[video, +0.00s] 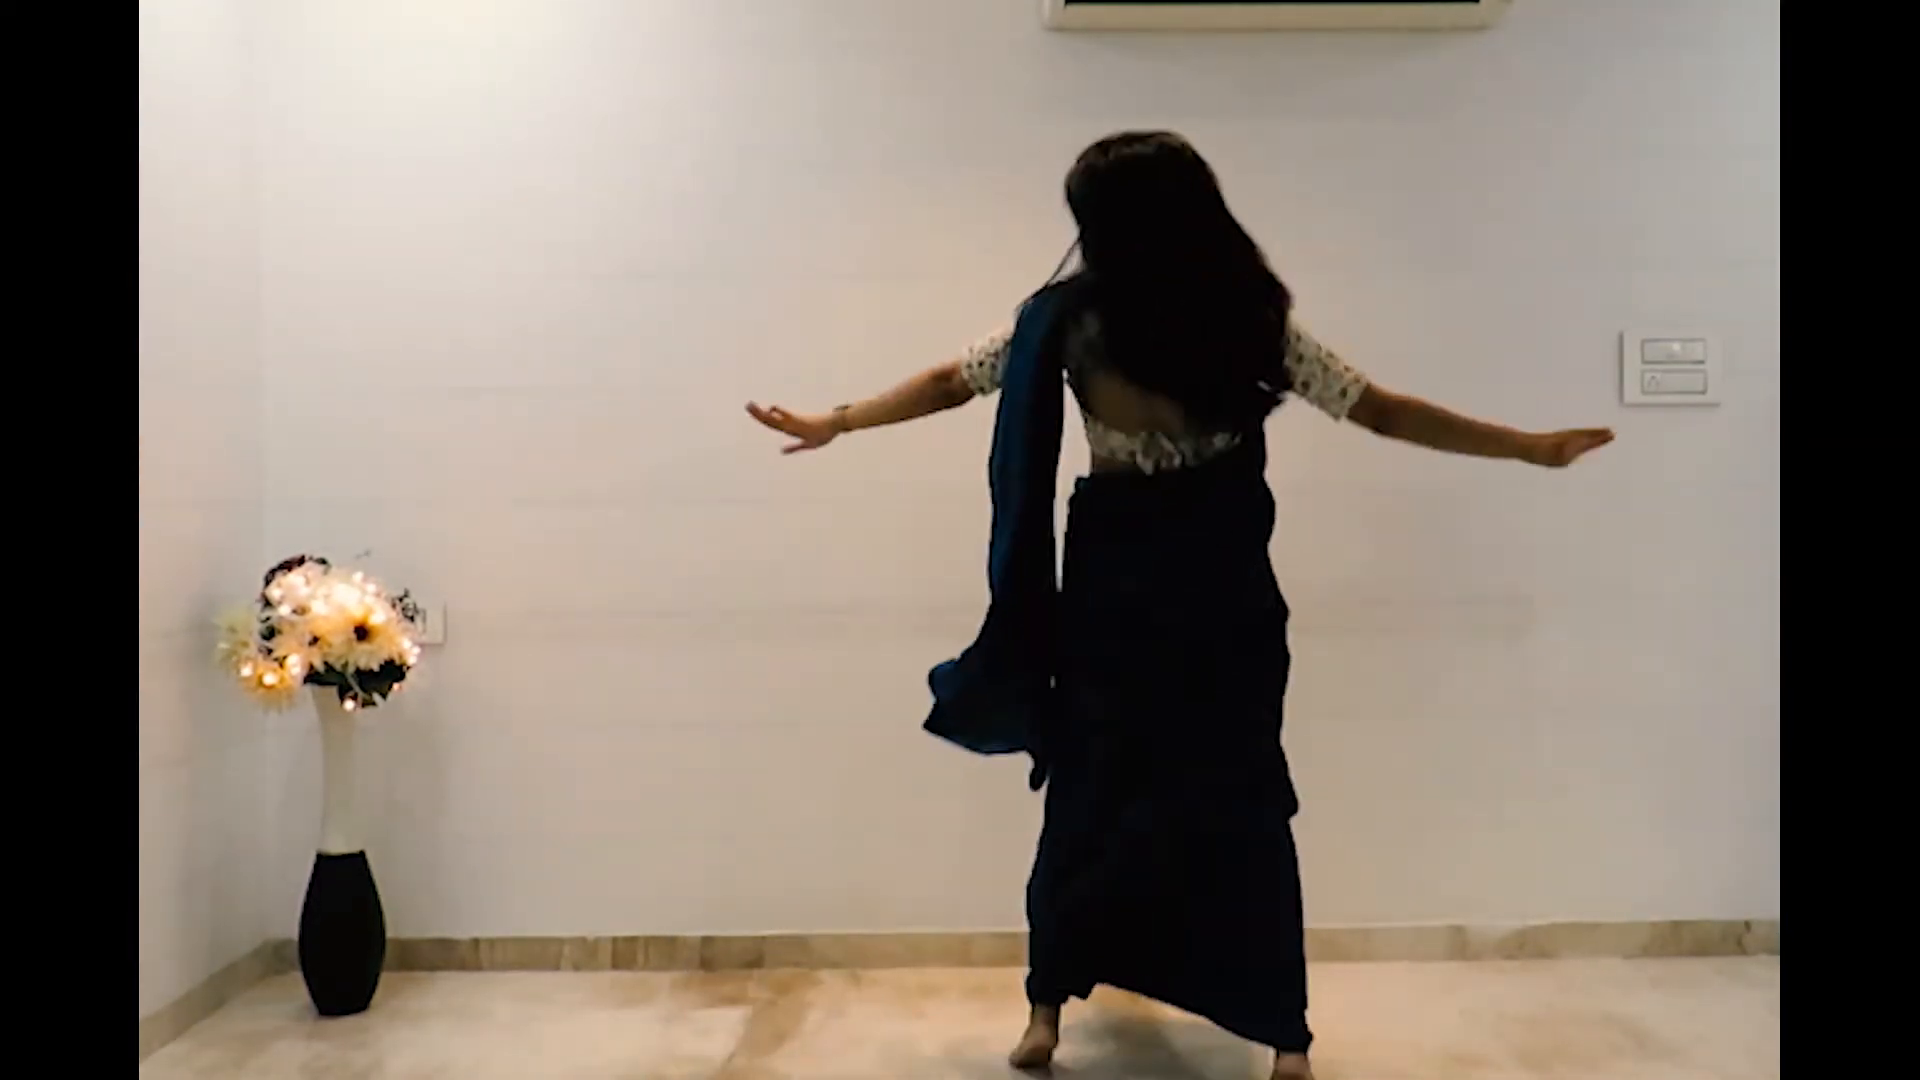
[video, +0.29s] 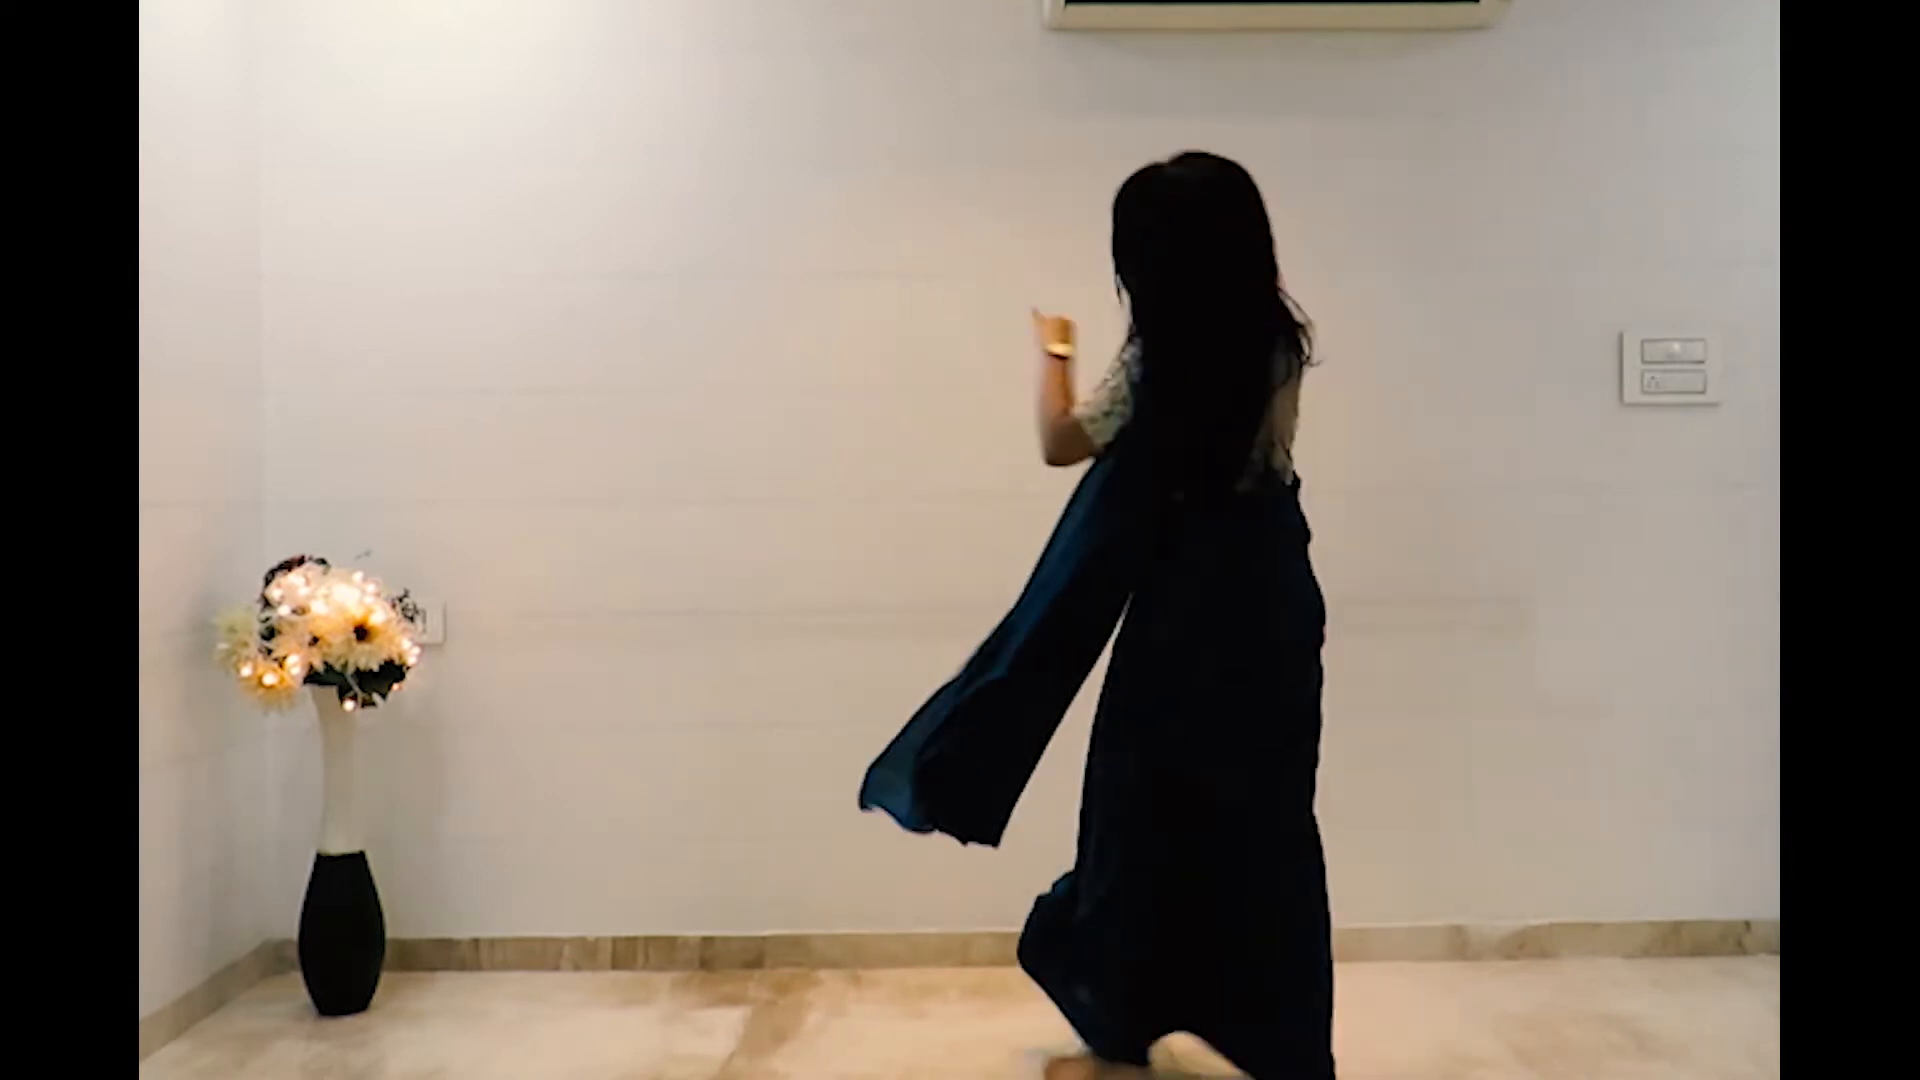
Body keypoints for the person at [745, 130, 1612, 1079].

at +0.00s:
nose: (1081, 244)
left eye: (1086, 229)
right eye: (1084, 228)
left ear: (1105, 233)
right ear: (1199, 220)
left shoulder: (1070, 319)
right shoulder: (1245, 321)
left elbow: (955, 380)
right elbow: (1376, 409)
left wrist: (839, 420)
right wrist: (1522, 444)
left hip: (1109, 574)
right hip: (1226, 577)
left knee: (1085, 785)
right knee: (1248, 793)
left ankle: (1044, 1012)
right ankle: (1289, 1035)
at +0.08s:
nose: (1099, 276)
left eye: (1106, 264)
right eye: (1107, 261)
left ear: (1124, 276)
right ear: (1214, 266)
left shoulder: (1085, 360)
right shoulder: (1251, 368)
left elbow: (961, 399)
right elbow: (1356, 482)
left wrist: (832, 401)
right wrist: (1484, 436)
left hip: (1134, 617)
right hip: (1249, 617)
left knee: (1110, 821)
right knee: (1250, 830)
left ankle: (1069, 1033)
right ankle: (1258, 1036)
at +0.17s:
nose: (1119, 298)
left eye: (1122, 285)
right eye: (1122, 285)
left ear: (1130, 290)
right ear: (1220, 277)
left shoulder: (1107, 377)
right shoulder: (1263, 374)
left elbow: (980, 418)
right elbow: (1316, 504)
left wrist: (865, 363)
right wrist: (1373, 411)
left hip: (1159, 620)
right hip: (1265, 616)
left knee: (1118, 819)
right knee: (1259, 825)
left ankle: (1076, 1037)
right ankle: (1259, 1037)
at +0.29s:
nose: (1127, 263)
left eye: (1133, 248)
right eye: (1129, 248)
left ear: (1156, 257)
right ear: (1248, 241)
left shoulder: (1158, 352)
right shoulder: (1284, 340)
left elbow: (1062, 444)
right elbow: (1265, 456)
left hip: (1180, 616)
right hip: (1275, 610)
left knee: (1150, 796)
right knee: (1265, 808)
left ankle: (1126, 1020)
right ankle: (1281, 1031)